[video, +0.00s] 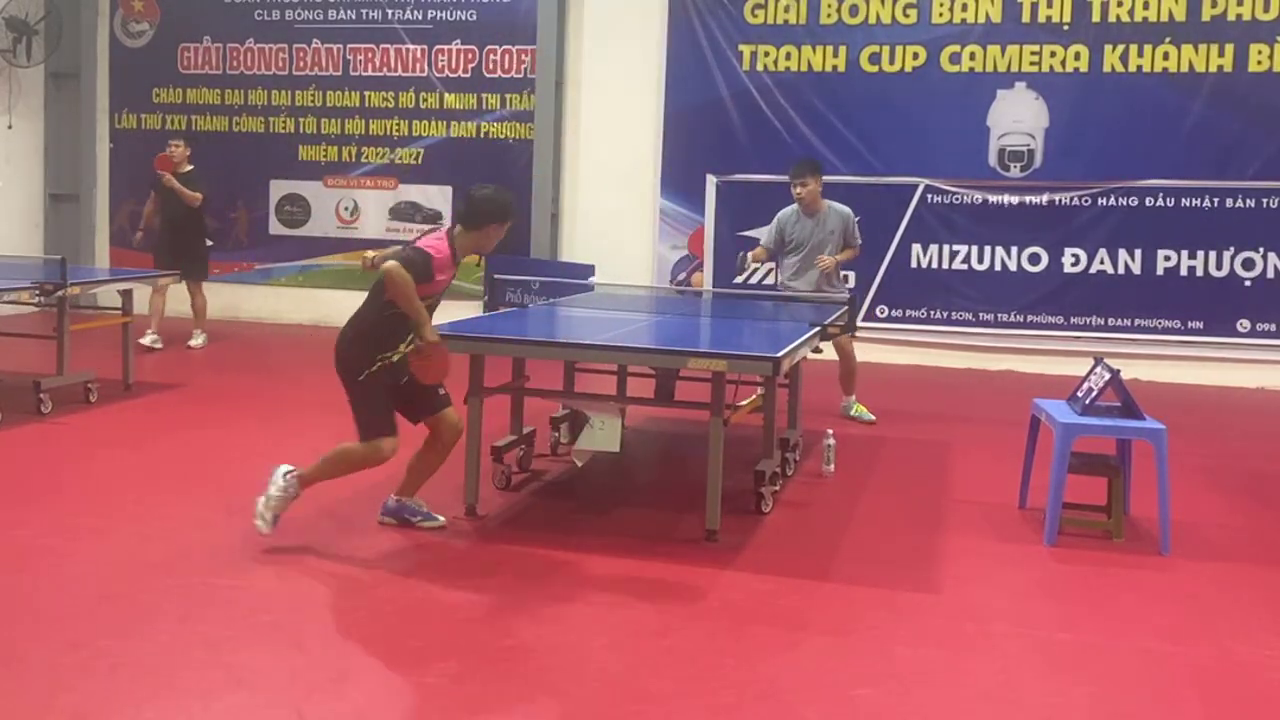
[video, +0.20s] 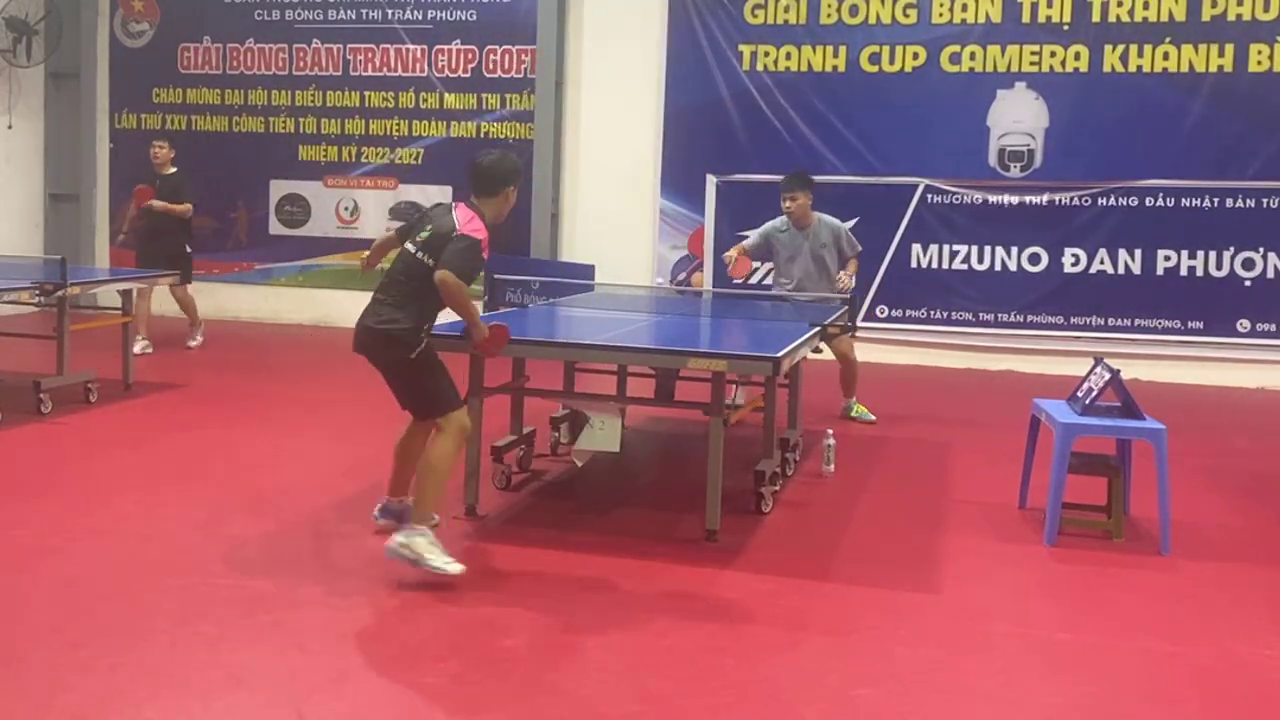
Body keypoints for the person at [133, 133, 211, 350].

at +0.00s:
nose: (172, 150)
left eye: (176, 147)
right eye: (169, 147)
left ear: (188, 151)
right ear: (166, 151)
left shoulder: (196, 175)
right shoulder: (162, 176)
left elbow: (197, 200)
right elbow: (151, 203)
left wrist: (173, 184)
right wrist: (142, 229)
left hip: (192, 240)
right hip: (166, 238)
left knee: (194, 288)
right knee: (159, 286)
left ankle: (199, 332)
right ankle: (153, 333)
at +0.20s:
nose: (155, 152)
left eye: (160, 148)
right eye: (153, 148)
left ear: (171, 153)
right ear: (150, 152)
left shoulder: (180, 179)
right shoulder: (147, 180)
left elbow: (187, 210)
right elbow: (134, 210)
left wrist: (161, 206)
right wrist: (125, 230)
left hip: (175, 243)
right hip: (148, 243)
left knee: (178, 289)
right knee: (143, 290)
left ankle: (196, 325)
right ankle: (142, 337)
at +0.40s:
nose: (143, 148)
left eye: (149, 144)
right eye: (141, 144)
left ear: (160, 149)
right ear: (137, 149)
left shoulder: (172, 177)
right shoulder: (131, 177)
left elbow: (185, 211)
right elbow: (122, 206)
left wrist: (164, 224)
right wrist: (111, 233)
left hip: (162, 243)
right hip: (135, 244)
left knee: (164, 286)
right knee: (136, 291)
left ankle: (175, 329)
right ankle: (141, 337)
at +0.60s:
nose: (138, 151)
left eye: (143, 146)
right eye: (135, 146)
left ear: (154, 151)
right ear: (131, 149)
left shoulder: (167, 180)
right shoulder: (123, 177)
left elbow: (183, 212)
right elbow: (112, 205)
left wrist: (163, 225)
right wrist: (103, 222)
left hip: (158, 248)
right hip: (130, 248)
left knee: (160, 293)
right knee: (134, 295)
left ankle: (165, 341)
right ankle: (141, 339)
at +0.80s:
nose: (134, 157)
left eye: (139, 152)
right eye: (131, 152)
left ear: (152, 156)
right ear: (128, 155)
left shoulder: (164, 185)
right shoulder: (123, 182)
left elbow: (177, 220)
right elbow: (113, 207)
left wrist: (153, 232)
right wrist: (104, 228)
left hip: (153, 251)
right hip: (124, 251)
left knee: (155, 295)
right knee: (122, 295)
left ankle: (162, 346)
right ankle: (126, 340)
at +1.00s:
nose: (121, 162)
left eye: (127, 158)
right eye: (119, 158)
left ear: (140, 162)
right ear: (115, 159)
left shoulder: (152, 190)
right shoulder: (110, 180)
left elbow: (165, 223)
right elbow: (100, 200)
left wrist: (139, 234)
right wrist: (101, 224)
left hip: (143, 250)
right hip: (113, 247)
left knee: (150, 295)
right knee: (96, 294)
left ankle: (161, 346)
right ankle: (85, 341)